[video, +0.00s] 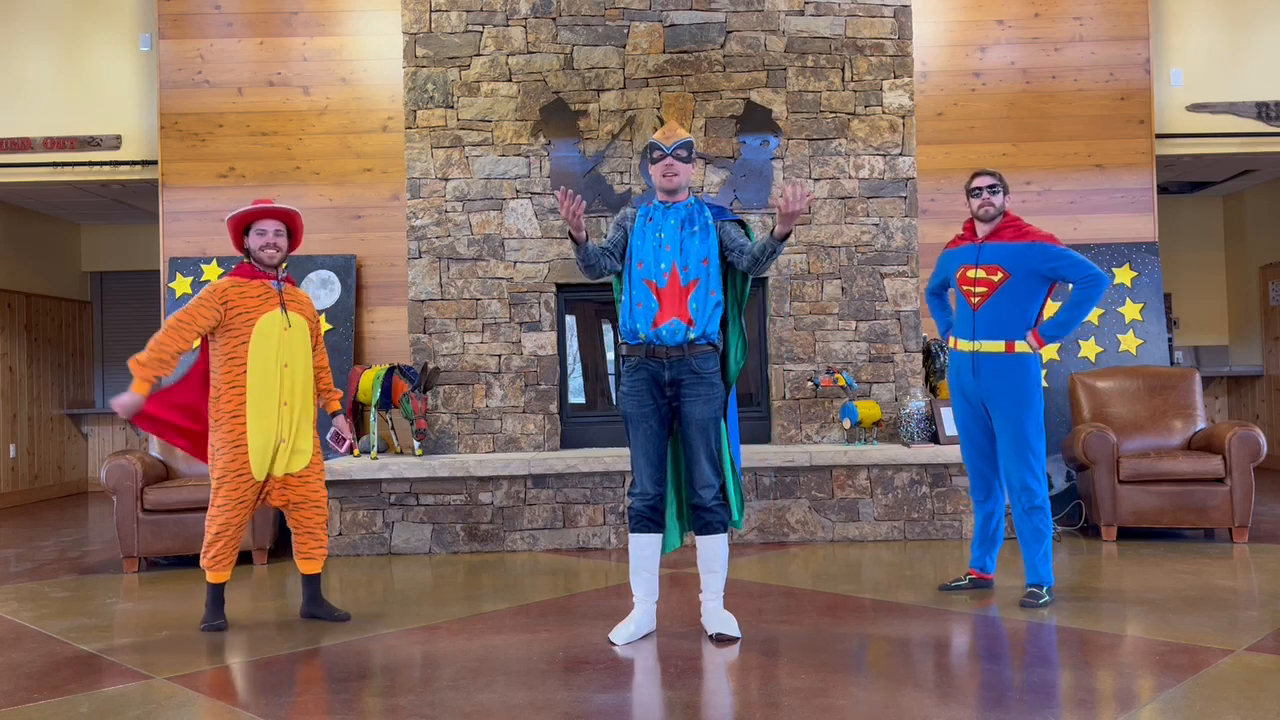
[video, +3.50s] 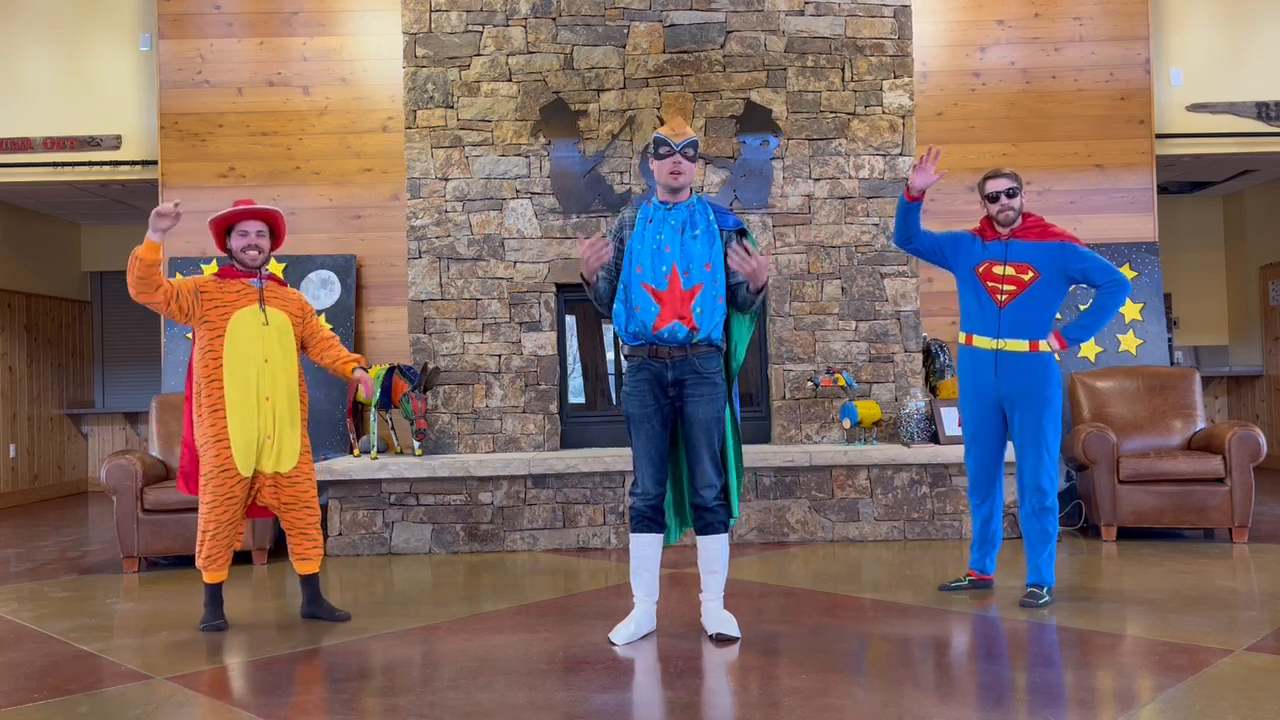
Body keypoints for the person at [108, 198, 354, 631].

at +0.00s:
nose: (270, 241)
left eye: (278, 235)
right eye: (261, 234)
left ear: (288, 245)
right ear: (246, 242)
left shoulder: (300, 300)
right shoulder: (225, 292)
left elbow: (318, 360)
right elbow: (176, 332)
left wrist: (334, 409)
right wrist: (139, 387)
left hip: (295, 422)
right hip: (238, 422)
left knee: (312, 501)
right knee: (229, 507)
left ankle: (313, 598)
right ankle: (214, 605)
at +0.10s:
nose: (269, 240)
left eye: (277, 233)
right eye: (260, 233)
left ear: (287, 243)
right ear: (244, 242)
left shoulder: (300, 301)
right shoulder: (223, 292)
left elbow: (318, 361)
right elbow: (169, 318)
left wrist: (339, 408)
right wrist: (113, 352)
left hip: (294, 424)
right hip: (238, 423)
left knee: (313, 501)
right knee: (229, 506)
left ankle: (313, 598)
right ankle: (215, 606)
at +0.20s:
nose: (265, 241)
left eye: (273, 235)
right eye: (256, 234)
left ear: (284, 244)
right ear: (241, 242)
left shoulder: (298, 301)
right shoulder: (218, 291)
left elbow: (319, 360)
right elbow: (172, 300)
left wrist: (344, 403)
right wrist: (121, 297)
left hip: (295, 422)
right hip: (238, 422)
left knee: (313, 502)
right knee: (228, 507)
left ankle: (313, 598)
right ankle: (215, 606)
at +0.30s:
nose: (261, 241)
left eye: (270, 235)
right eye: (252, 235)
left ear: (280, 244)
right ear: (237, 243)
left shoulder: (294, 301)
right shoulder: (214, 288)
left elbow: (317, 358)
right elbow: (167, 277)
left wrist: (349, 398)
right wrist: (130, 243)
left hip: (292, 421)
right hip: (236, 421)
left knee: (312, 500)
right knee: (227, 507)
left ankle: (313, 598)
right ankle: (214, 605)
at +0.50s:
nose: (256, 240)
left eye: (264, 234)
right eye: (246, 234)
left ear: (276, 243)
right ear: (232, 242)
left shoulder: (289, 298)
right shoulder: (214, 286)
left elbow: (311, 358)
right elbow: (185, 248)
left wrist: (345, 392)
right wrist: (181, 193)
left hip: (290, 420)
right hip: (235, 421)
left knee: (311, 503)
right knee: (225, 509)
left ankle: (313, 598)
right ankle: (214, 605)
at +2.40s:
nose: (265, 244)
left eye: (271, 237)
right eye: (255, 236)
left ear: (278, 244)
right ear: (235, 244)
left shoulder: (286, 300)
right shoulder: (216, 292)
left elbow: (308, 362)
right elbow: (186, 273)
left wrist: (339, 402)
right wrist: (226, 229)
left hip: (292, 420)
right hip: (236, 421)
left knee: (310, 500)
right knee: (229, 505)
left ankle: (312, 598)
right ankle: (214, 605)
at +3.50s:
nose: (252, 242)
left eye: (261, 235)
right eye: (243, 235)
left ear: (271, 244)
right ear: (228, 244)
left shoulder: (291, 299)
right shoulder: (203, 291)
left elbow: (322, 342)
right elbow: (147, 290)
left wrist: (354, 369)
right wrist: (154, 238)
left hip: (284, 421)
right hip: (224, 423)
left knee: (303, 502)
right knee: (220, 508)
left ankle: (312, 598)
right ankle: (214, 606)